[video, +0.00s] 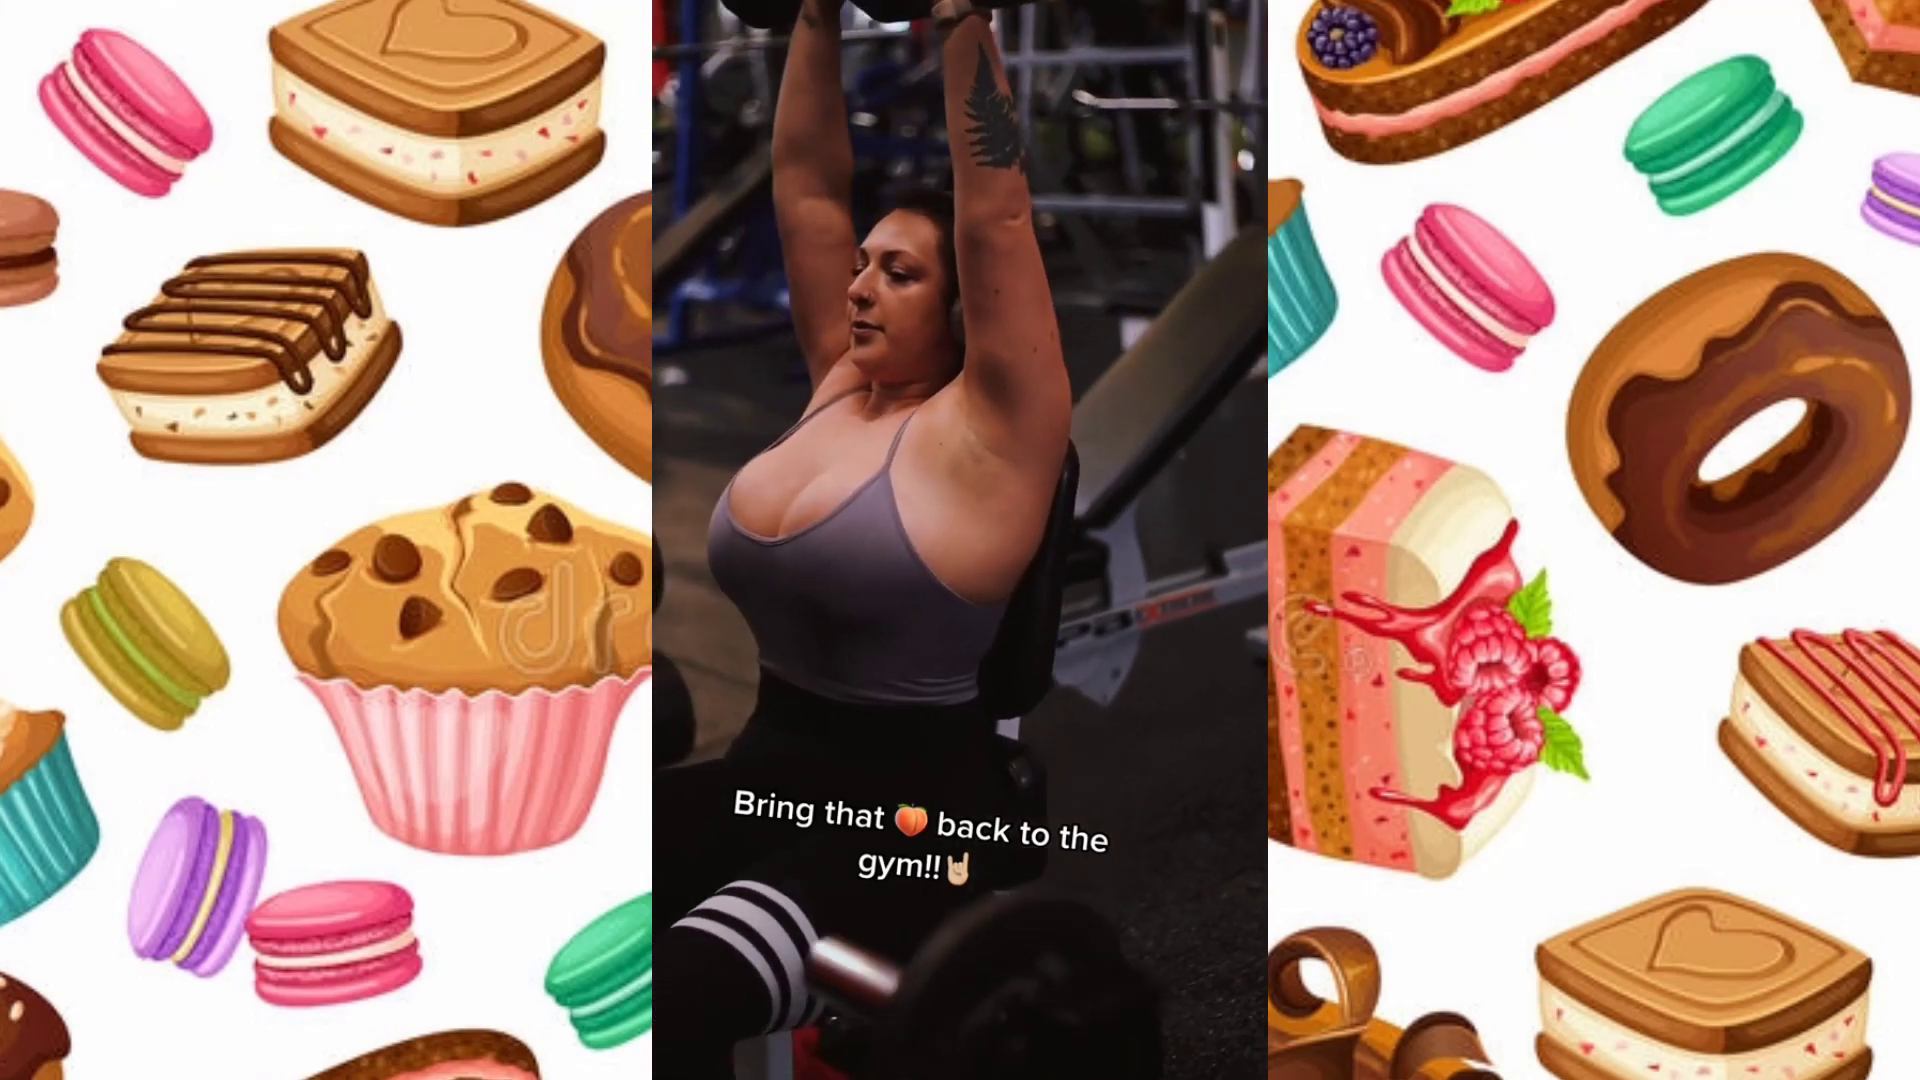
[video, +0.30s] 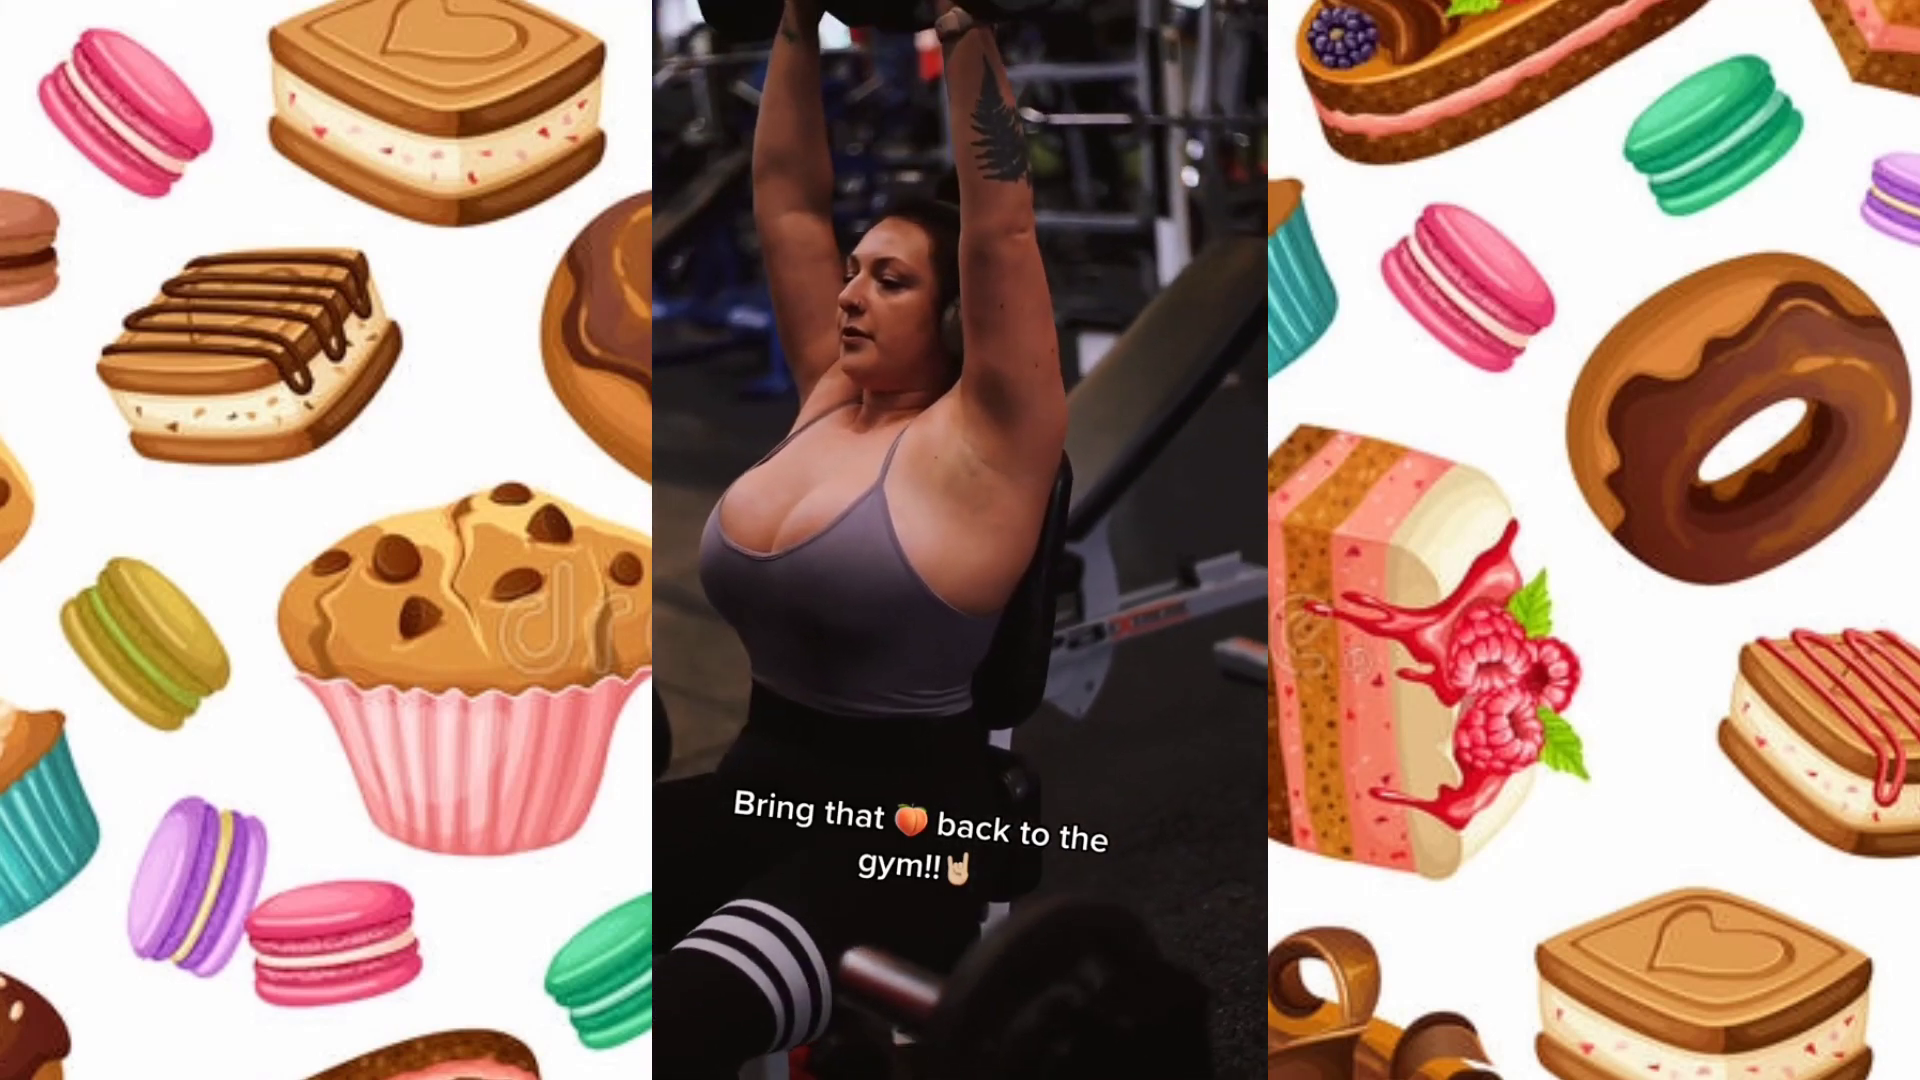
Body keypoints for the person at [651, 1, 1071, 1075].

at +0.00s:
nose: (862, 287)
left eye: (899, 272)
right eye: (863, 265)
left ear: (961, 307)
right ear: (848, 284)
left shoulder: (998, 421)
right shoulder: (841, 383)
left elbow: (998, 215)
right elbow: (809, 185)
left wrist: (962, 21)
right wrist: (816, 9)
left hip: (905, 822)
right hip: (766, 785)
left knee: (663, 998)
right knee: (561, 865)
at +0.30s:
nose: (855, 296)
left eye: (891, 280)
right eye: (855, 274)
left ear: (951, 311)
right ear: (841, 292)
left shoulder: (991, 431)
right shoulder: (830, 396)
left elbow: (1003, 232)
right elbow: (791, 197)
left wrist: (968, 37)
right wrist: (796, 17)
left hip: (892, 831)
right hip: (757, 796)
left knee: (668, 1025)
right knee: (555, 899)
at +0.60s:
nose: (848, 308)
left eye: (886, 292)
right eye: (849, 285)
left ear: (955, 324)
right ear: (836, 299)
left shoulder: (993, 447)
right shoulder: (824, 403)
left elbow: (1039, 262)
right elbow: (754, 232)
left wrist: (1014, 61)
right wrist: (768, 54)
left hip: (902, 840)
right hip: (758, 812)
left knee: (701, 1034)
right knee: (545, 906)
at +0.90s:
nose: (842, 329)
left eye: (879, 312)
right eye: (839, 310)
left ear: (954, 350)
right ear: (825, 330)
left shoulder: (986, 480)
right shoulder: (804, 431)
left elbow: (1108, 343)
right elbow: (706, 307)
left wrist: (1061, 143)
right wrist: (730, 154)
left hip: (903, 847)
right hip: (755, 826)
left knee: (720, 1044)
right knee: (554, 931)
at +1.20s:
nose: (837, 340)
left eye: (874, 324)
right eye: (833, 322)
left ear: (949, 362)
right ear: (821, 340)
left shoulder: (982, 494)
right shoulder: (799, 450)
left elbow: (1160, 460)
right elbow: (689, 396)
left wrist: (1122, 269)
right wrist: (713, 252)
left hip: (905, 852)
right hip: (757, 831)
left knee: (734, 1039)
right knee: (543, 929)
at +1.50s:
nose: (843, 337)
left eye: (879, 320)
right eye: (839, 316)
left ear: (948, 356)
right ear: (824, 335)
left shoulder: (985, 490)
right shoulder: (804, 456)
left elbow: (1172, 558)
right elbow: (692, 472)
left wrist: (1151, 381)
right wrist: (701, 347)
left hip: (903, 831)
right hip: (759, 811)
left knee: (741, 1023)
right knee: (559, 907)